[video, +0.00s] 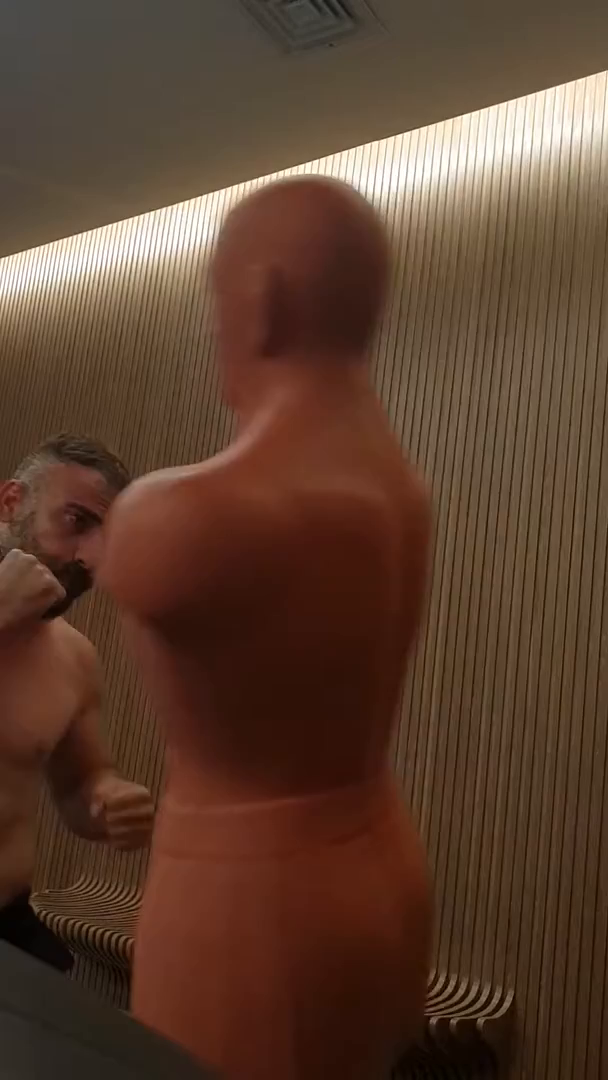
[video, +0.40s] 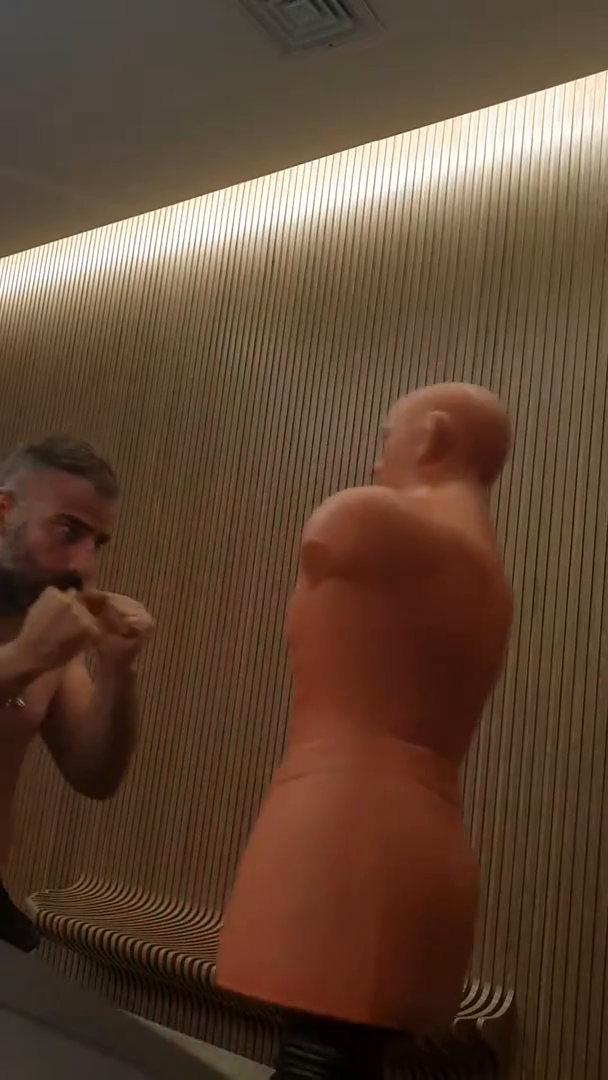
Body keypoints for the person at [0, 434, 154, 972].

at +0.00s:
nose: (93, 555)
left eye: (105, 534)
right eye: (77, 521)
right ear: (12, 503)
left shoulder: (70, 656)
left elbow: (81, 783)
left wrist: (117, 811)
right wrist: (4, 614)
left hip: (11, 922)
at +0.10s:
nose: (91, 553)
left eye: (105, 535)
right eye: (75, 518)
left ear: (111, 543)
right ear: (11, 497)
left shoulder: (56, 639)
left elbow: (51, 777)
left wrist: (108, 763)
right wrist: (7, 623)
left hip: (5, 904)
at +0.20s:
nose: (103, 564)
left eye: (116, 545)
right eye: (87, 530)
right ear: (20, 512)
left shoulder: (63, 646)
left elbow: (76, 786)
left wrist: (134, 707)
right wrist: (27, 649)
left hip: (2, 904)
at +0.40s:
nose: (85, 562)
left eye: (99, 544)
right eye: (69, 530)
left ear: (107, 547)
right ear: (6, 507)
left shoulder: (52, 644)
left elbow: (97, 779)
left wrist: (118, 669)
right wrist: (24, 657)